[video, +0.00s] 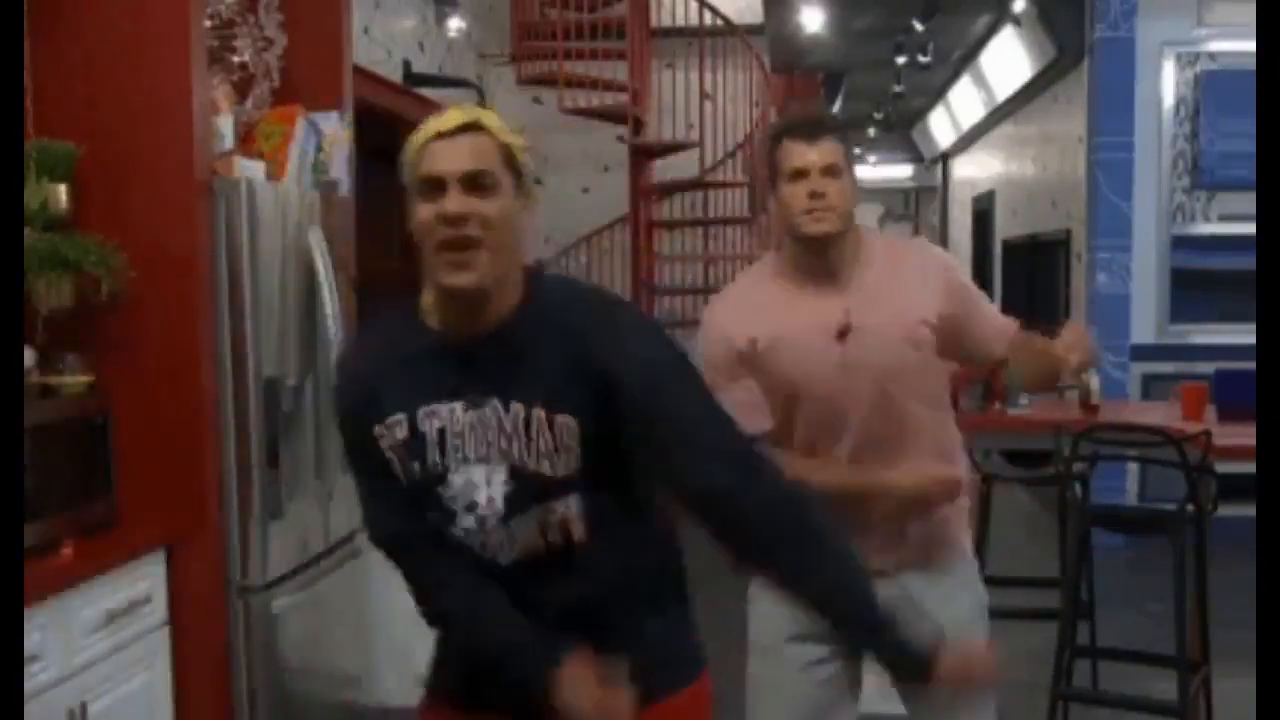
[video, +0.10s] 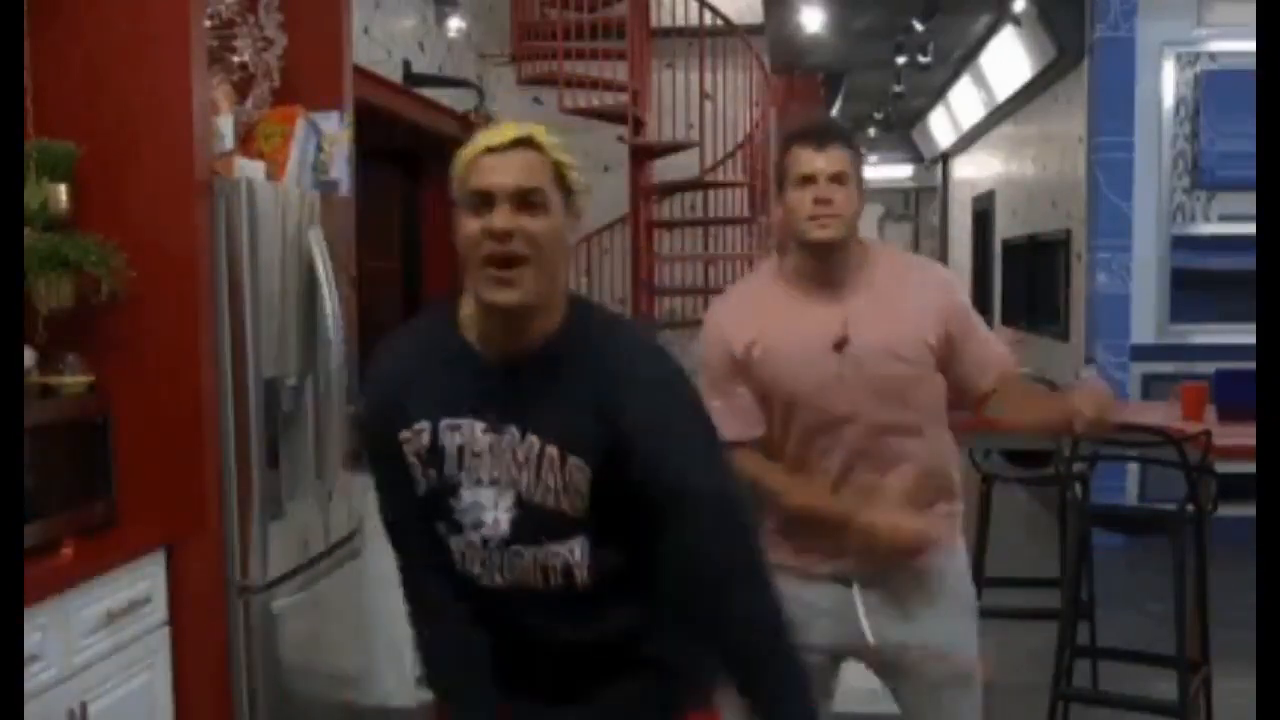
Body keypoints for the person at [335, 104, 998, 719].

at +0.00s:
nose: (454, 210)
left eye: (479, 187)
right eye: (431, 192)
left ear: (524, 207)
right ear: (408, 217)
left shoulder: (606, 338)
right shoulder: (373, 371)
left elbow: (742, 490)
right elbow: (419, 554)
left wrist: (909, 651)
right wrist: (544, 666)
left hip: (642, 674)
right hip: (477, 676)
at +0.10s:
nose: (502, 226)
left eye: (529, 205)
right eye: (479, 206)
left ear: (572, 224)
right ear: (455, 226)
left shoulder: (634, 376)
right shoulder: (402, 377)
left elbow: (725, 573)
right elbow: (426, 581)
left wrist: (790, 706)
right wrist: (467, 699)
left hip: (641, 689)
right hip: (490, 689)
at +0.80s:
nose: (322, 194)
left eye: (351, 176)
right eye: (306, 174)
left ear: (399, 199)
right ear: (287, 192)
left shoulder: (463, 331)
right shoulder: (239, 332)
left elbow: (433, 536)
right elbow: (162, 487)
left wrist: (233, 611)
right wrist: (38, 550)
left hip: (438, 663)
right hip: (292, 661)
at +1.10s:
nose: (247, 236)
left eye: (270, 212)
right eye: (227, 222)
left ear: (326, 225)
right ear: (215, 249)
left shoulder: (433, 327)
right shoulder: (215, 419)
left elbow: (568, 468)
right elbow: (297, 596)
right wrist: (452, 690)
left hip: (481, 652)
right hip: (337, 671)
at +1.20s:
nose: (293, 215)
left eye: (316, 191)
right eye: (274, 202)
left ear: (373, 199)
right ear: (264, 229)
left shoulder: (489, 267)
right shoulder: (278, 392)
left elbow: (651, 333)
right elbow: (362, 563)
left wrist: (826, 367)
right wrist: (471, 485)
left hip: (559, 655)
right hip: (406, 669)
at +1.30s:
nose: (344, 232)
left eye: (366, 207)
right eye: (324, 219)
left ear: (421, 220)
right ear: (313, 247)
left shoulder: (527, 285)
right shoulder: (320, 420)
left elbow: (686, 309)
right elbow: (387, 583)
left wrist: (840, 318)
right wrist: (455, 464)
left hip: (599, 674)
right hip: (444, 685)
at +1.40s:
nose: (425, 238)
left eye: (449, 215)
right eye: (404, 225)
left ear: (502, 231)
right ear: (387, 253)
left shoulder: (596, 316)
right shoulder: (382, 421)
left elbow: (743, 381)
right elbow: (428, 611)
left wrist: (878, 423)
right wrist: (505, 539)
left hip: (642, 676)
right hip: (490, 688)